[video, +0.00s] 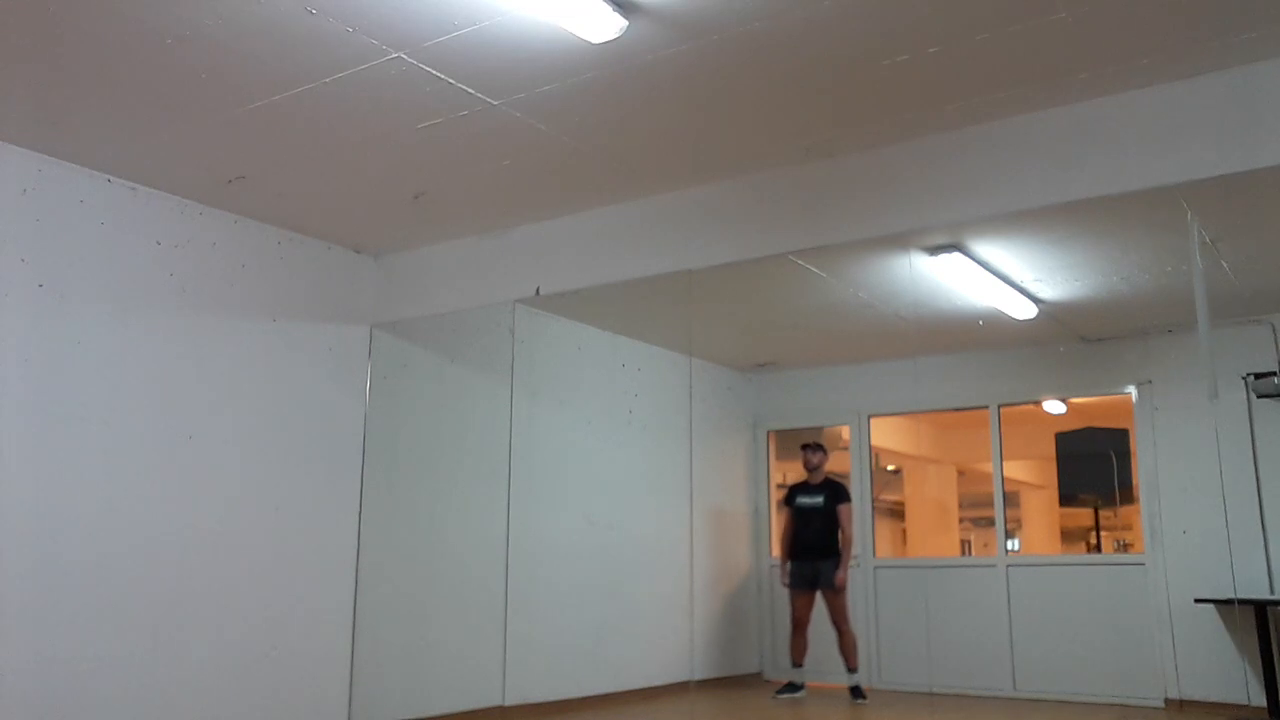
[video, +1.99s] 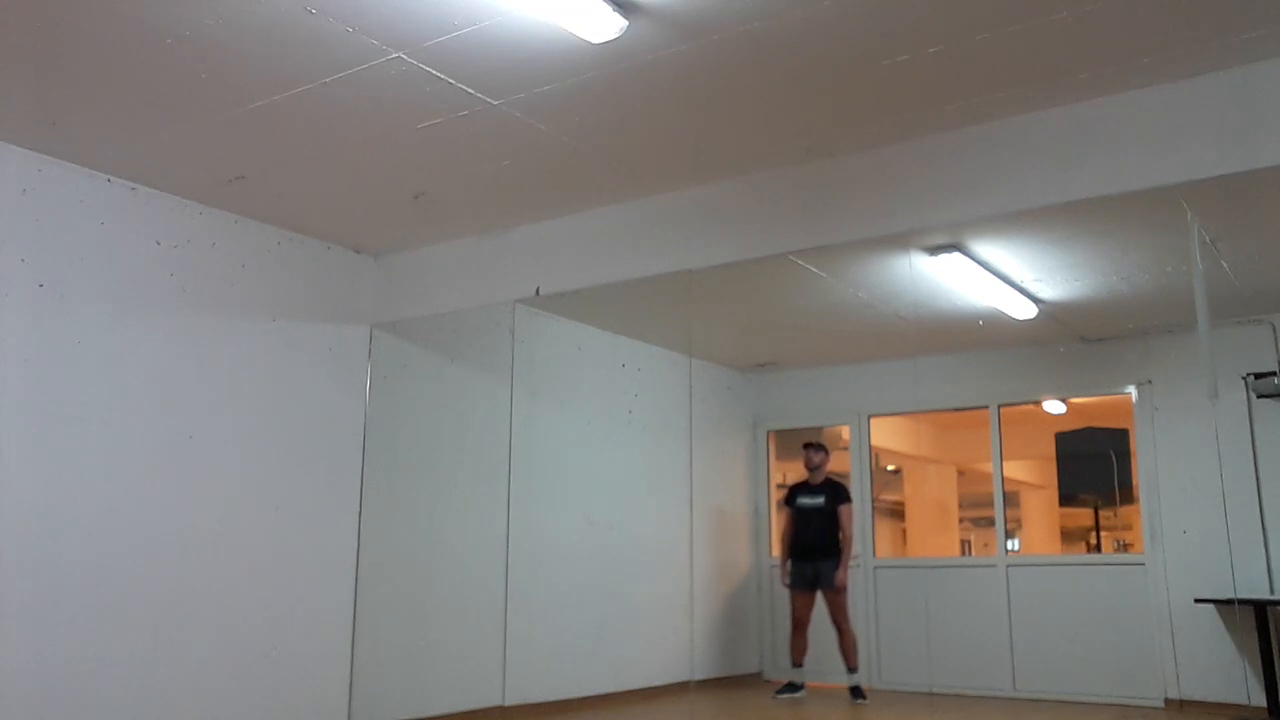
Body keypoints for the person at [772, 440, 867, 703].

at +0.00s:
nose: (811, 458)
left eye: (816, 454)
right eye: (807, 454)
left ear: (825, 459)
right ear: (802, 459)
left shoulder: (837, 490)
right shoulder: (794, 492)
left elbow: (846, 531)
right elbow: (788, 528)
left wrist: (843, 567)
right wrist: (784, 563)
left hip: (829, 564)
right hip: (800, 564)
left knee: (841, 623)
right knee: (798, 623)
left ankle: (854, 681)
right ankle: (796, 680)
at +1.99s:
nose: (811, 458)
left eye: (817, 454)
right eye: (808, 454)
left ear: (827, 459)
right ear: (804, 459)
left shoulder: (838, 490)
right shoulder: (795, 491)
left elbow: (846, 532)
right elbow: (788, 528)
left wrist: (843, 568)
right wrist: (784, 562)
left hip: (830, 563)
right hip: (800, 564)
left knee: (842, 623)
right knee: (799, 623)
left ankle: (854, 681)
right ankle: (796, 680)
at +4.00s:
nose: (810, 461)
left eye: (815, 456)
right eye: (806, 457)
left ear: (825, 459)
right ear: (803, 461)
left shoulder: (839, 490)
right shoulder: (796, 491)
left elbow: (847, 531)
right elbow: (788, 528)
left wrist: (844, 566)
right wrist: (786, 562)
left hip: (831, 564)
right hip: (802, 565)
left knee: (842, 623)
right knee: (799, 624)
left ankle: (854, 682)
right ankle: (796, 680)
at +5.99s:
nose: (783, 473)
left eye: (787, 469)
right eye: (780, 470)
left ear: (799, 470)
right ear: (777, 472)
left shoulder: (812, 500)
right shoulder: (770, 500)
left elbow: (833, 534)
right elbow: (741, 525)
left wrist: (853, 564)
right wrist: (714, 549)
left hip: (813, 571)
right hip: (785, 571)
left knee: (820, 623)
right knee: (776, 625)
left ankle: (845, 678)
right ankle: (794, 681)